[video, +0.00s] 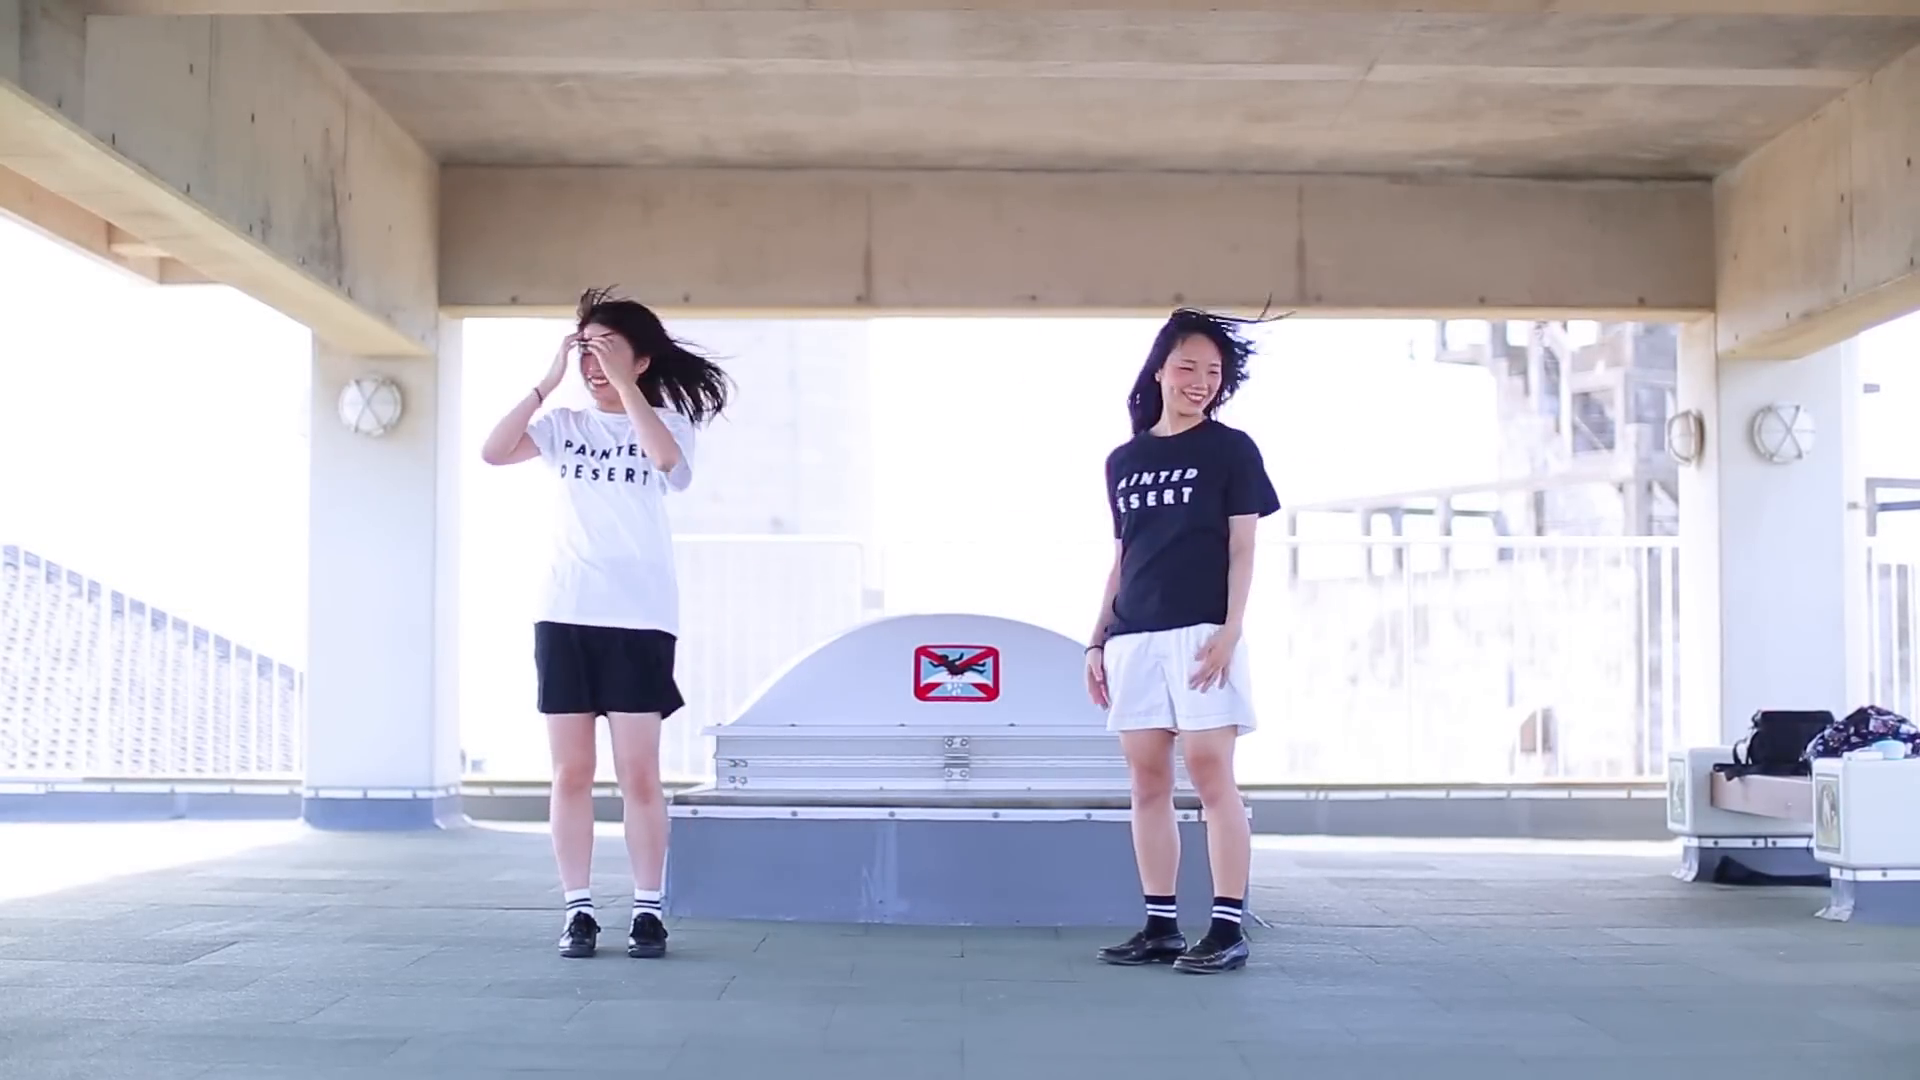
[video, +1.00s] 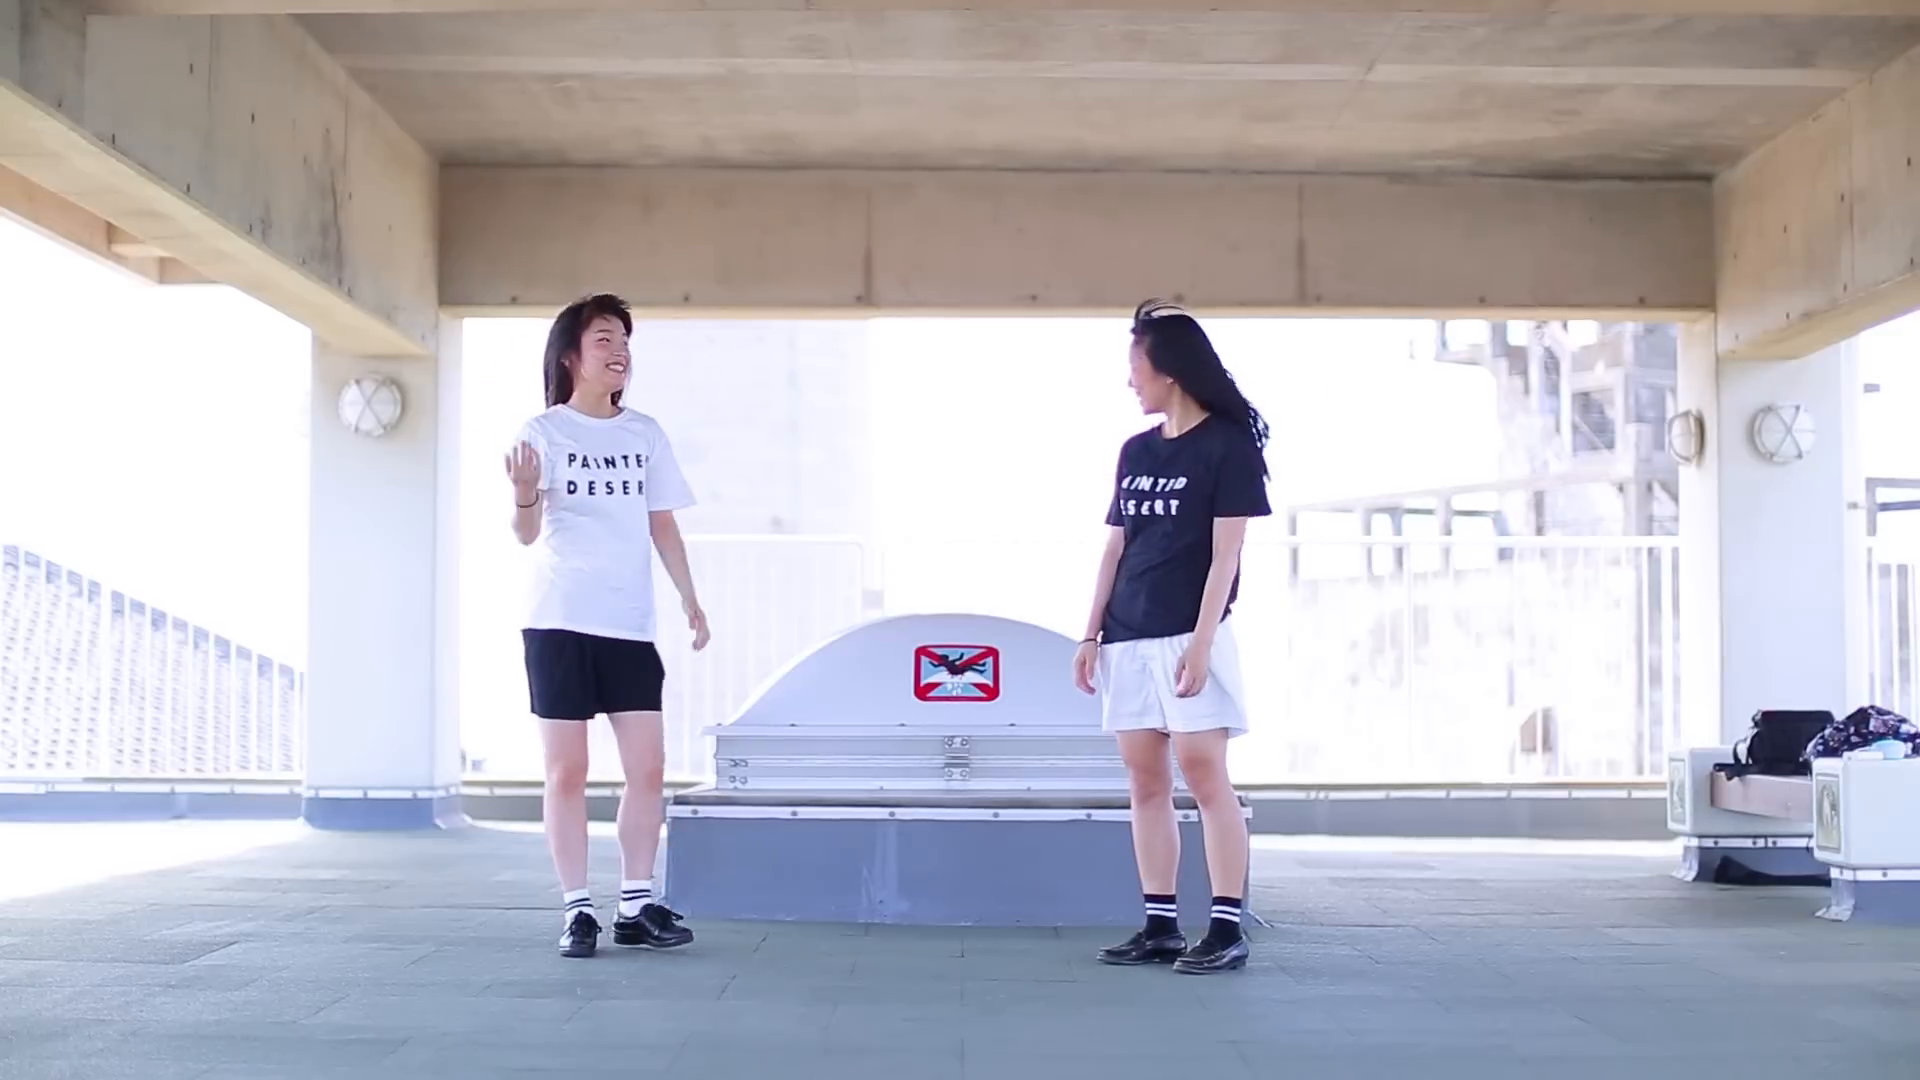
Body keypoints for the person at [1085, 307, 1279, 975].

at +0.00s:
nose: (1198, 379)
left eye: (1211, 369)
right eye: (1186, 365)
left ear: (1222, 380)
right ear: (1159, 369)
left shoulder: (1232, 448)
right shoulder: (1123, 460)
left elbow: (1242, 549)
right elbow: (1123, 556)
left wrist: (1230, 632)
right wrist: (1097, 642)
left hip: (1202, 633)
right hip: (1132, 638)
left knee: (1210, 776)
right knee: (1147, 779)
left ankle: (1228, 929)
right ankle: (1159, 928)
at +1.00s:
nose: (1129, 378)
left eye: (1136, 366)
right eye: (1129, 366)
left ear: (1172, 368)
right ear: (1161, 370)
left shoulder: (1228, 443)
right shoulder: (1136, 450)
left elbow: (1226, 557)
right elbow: (1116, 548)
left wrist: (1202, 642)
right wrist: (1091, 635)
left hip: (1192, 634)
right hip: (1125, 639)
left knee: (1204, 776)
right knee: (1145, 781)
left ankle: (1228, 930)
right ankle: (1160, 927)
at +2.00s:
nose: (1122, 390)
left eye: (1134, 377)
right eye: (1115, 380)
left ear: (1169, 380)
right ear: (1109, 389)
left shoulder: (1206, 455)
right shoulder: (1099, 460)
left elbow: (1213, 548)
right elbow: (1075, 547)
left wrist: (1167, 510)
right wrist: (1028, 606)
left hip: (1186, 639)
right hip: (1112, 641)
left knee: (1191, 782)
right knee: (1086, 795)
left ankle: (1226, 929)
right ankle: (1078, 918)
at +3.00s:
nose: (1164, 389)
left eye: (1175, 376)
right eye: (1152, 380)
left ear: (1206, 381)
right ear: (1144, 391)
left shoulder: (1238, 447)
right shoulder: (1136, 455)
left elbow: (1283, 500)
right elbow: (1096, 506)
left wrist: (1238, 418)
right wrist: (1130, 429)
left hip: (1241, 641)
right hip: (1165, 648)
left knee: (1240, 788)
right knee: (1157, 786)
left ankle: (1231, 920)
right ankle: (1094, 902)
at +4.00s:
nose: (1196, 393)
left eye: (1205, 379)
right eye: (1189, 383)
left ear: (1242, 377)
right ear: (1189, 386)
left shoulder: (1282, 442)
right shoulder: (1187, 453)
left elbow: (1258, 451)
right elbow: (1105, 458)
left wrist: (1244, 387)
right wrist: (1161, 396)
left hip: (1251, 637)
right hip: (1182, 642)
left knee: (1253, 786)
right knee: (1156, 796)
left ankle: (1275, 936)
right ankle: (1150, 926)